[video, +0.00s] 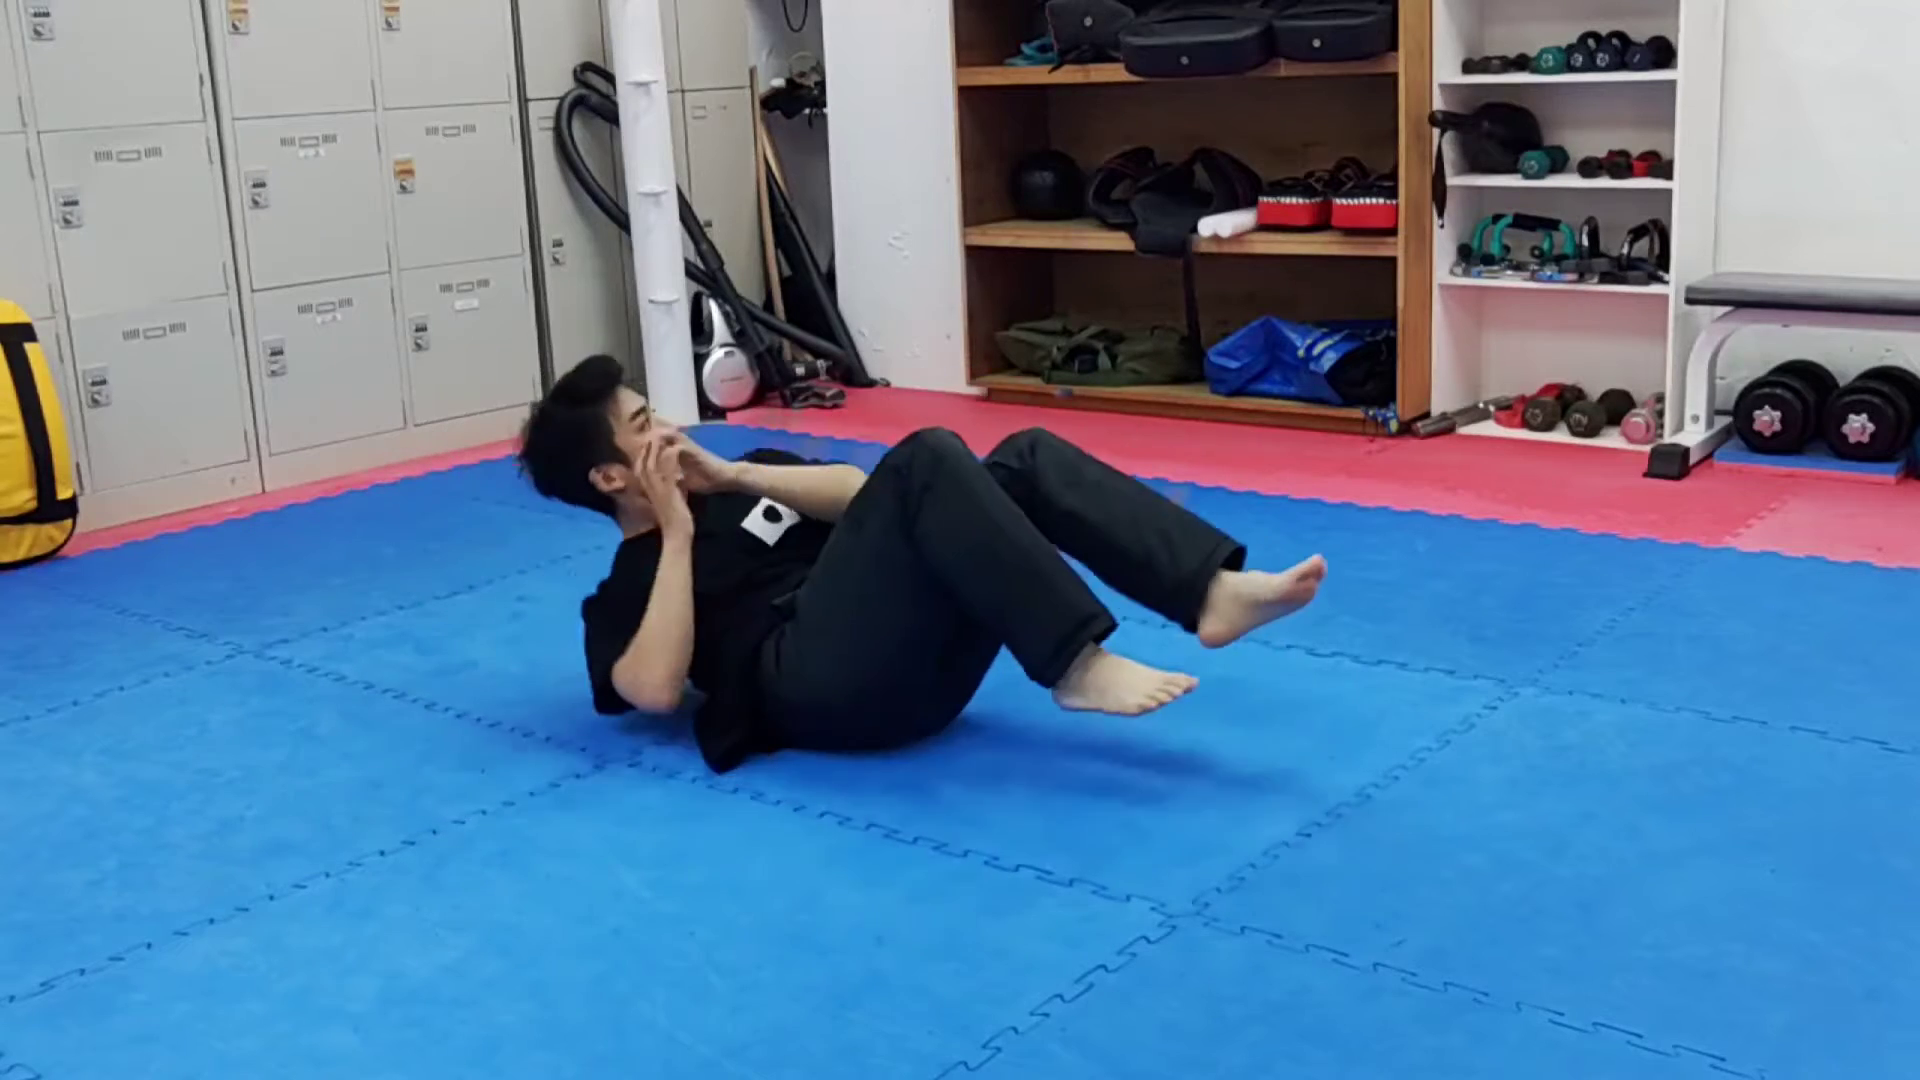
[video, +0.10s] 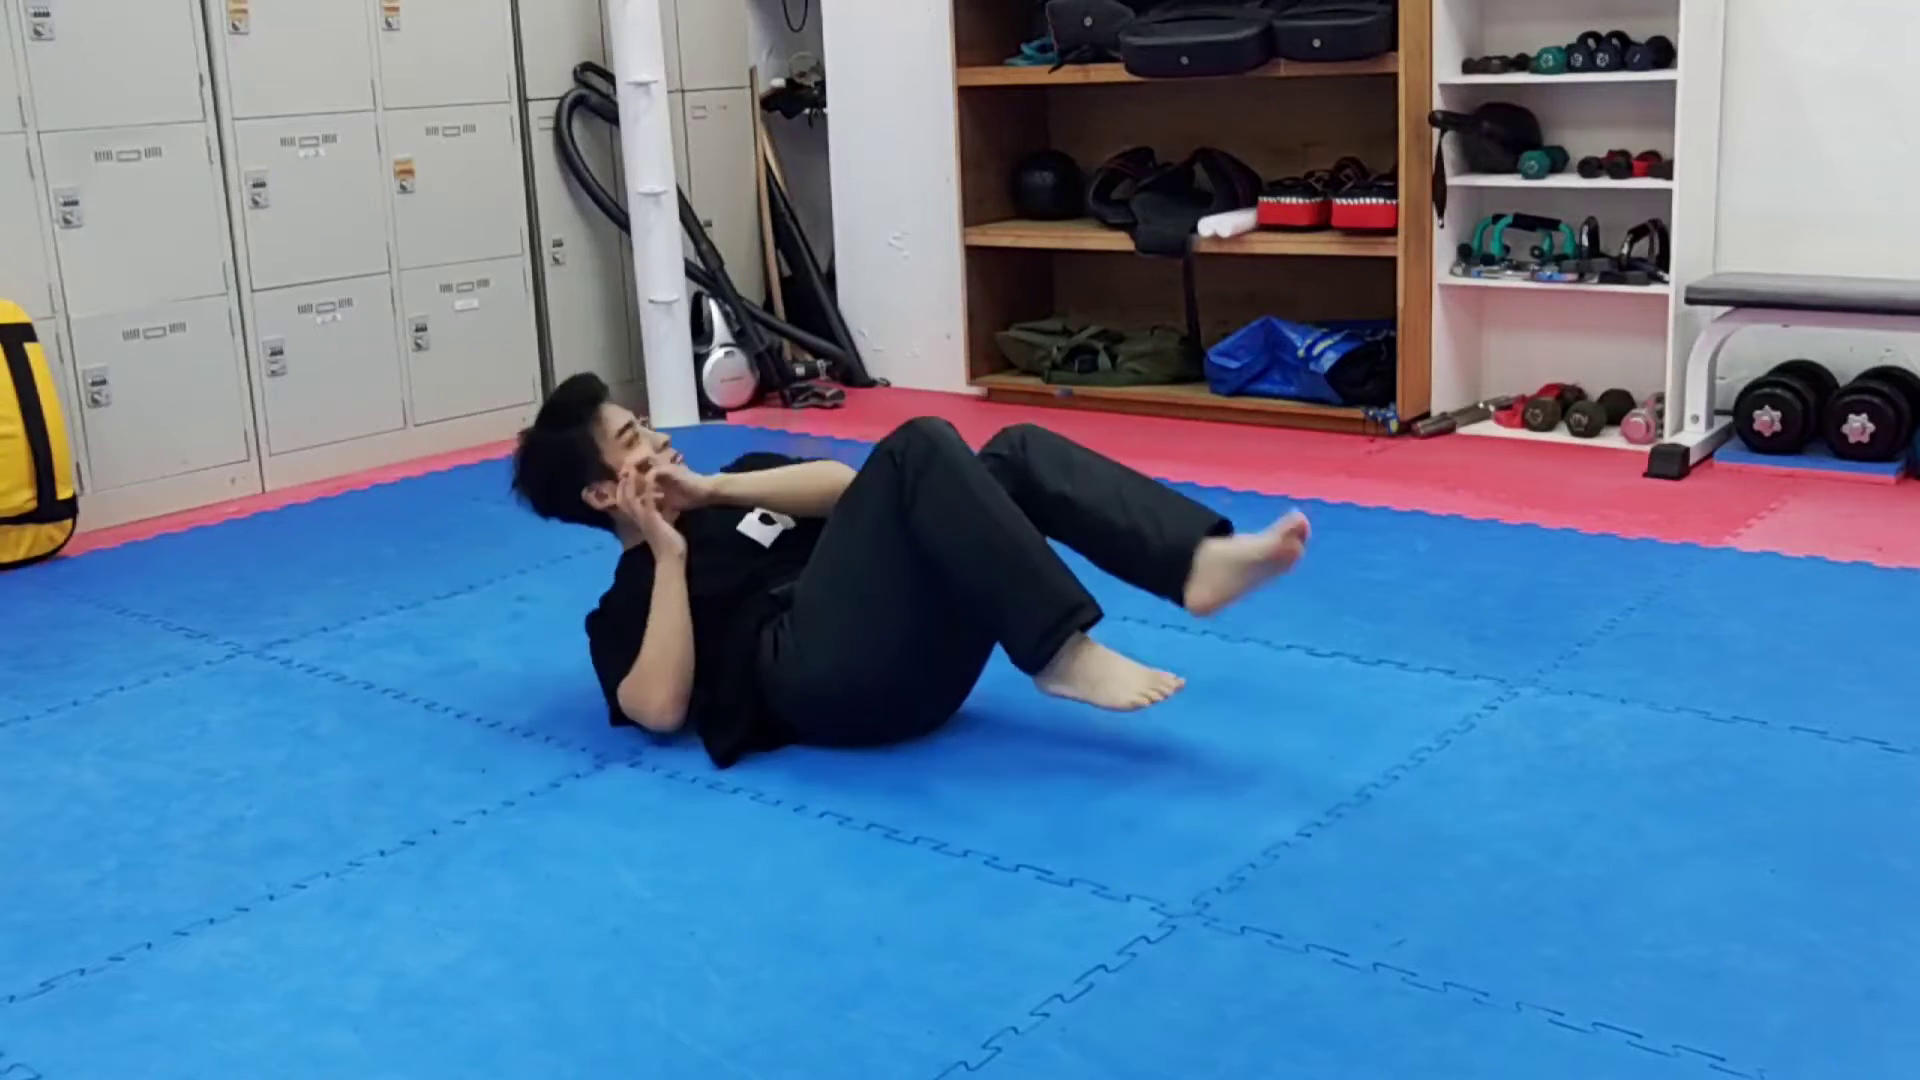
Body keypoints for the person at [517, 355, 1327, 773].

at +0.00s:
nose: (659, 436)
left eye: (649, 417)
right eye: (634, 437)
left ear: (663, 418)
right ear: (604, 483)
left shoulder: (752, 474)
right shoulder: (619, 593)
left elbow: (876, 492)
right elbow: (654, 691)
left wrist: (737, 479)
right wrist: (671, 532)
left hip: (920, 648)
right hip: (829, 693)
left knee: (1028, 457)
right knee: (923, 456)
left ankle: (1210, 590)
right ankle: (1074, 662)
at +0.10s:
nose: (647, 454)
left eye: (639, 434)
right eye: (620, 458)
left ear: (657, 431)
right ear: (594, 499)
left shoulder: (747, 483)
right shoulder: (621, 611)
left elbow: (863, 488)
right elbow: (658, 709)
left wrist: (721, 492)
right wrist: (664, 555)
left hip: (921, 645)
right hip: (833, 690)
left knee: (1019, 451)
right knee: (918, 446)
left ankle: (1194, 563)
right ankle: (1059, 652)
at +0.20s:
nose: (648, 455)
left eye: (641, 440)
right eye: (624, 457)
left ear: (651, 448)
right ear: (592, 506)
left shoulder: (727, 514)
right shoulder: (606, 611)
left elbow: (839, 485)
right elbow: (634, 693)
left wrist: (702, 480)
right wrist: (650, 544)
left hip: (910, 653)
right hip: (820, 682)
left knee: (969, 437)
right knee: (888, 423)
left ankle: (1148, 494)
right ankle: (1043, 608)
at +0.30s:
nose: (657, 470)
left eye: (647, 458)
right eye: (635, 467)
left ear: (654, 493)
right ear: (600, 519)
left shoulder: (724, 545)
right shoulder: (589, 616)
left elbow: (814, 508)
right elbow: (605, 658)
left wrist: (719, 470)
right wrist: (641, 530)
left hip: (889, 640)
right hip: (807, 664)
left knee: (920, 406)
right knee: (857, 404)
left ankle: (1104, 446)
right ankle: (1034, 564)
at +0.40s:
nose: (654, 486)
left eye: (649, 477)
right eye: (630, 484)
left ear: (656, 507)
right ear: (586, 528)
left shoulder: (709, 566)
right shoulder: (573, 623)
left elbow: (837, 509)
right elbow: (600, 612)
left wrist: (763, 483)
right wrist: (660, 493)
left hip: (881, 618)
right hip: (798, 652)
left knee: (886, 361)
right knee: (828, 392)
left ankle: (1082, 432)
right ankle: (1022, 536)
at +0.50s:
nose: (659, 492)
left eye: (652, 484)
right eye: (635, 487)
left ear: (651, 503)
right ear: (587, 527)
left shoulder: (693, 573)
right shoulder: (576, 611)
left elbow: (816, 537)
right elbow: (634, 574)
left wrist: (776, 494)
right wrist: (704, 482)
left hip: (878, 601)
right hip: (818, 642)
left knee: (870, 358)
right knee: (811, 411)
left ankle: (1076, 449)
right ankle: (1027, 529)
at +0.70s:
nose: (692, 464)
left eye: (685, 451)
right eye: (668, 454)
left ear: (681, 478)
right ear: (620, 492)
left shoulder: (720, 546)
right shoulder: (601, 572)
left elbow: (853, 561)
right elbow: (699, 555)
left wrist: (810, 494)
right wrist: (748, 486)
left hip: (925, 637)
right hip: (858, 678)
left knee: (943, 418)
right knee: (844, 455)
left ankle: (1130, 535)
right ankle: (1059, 584)